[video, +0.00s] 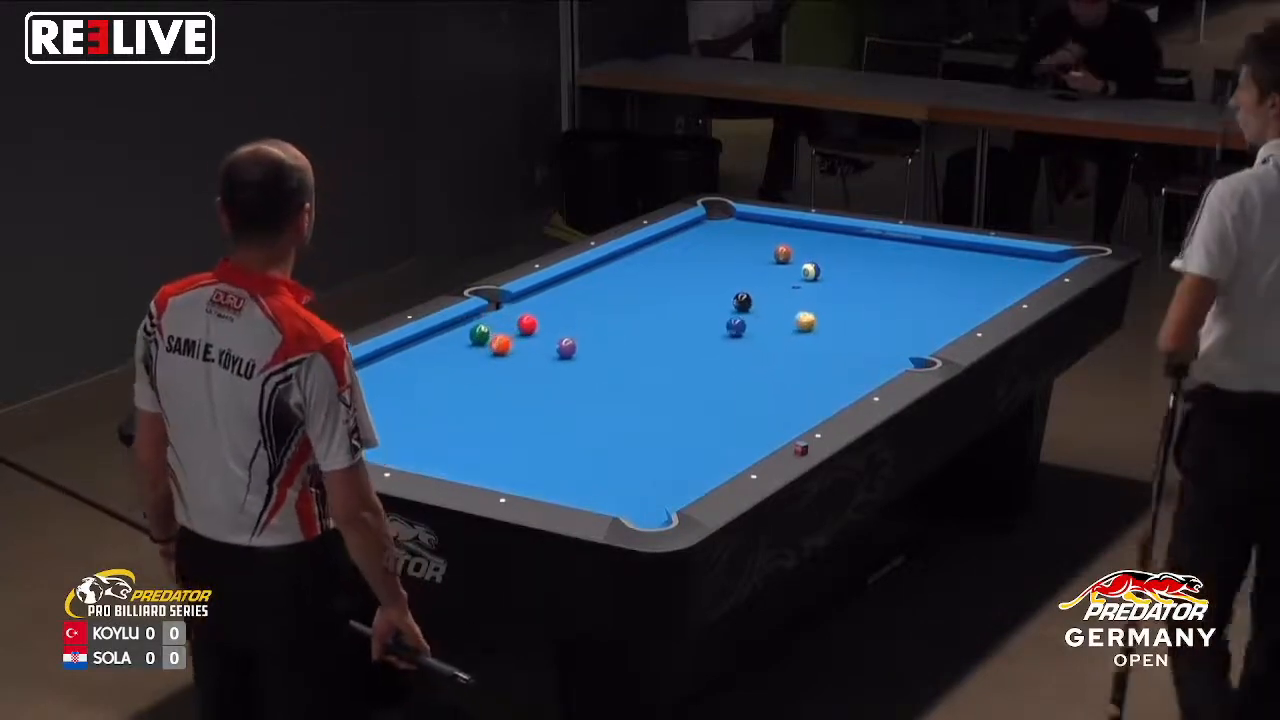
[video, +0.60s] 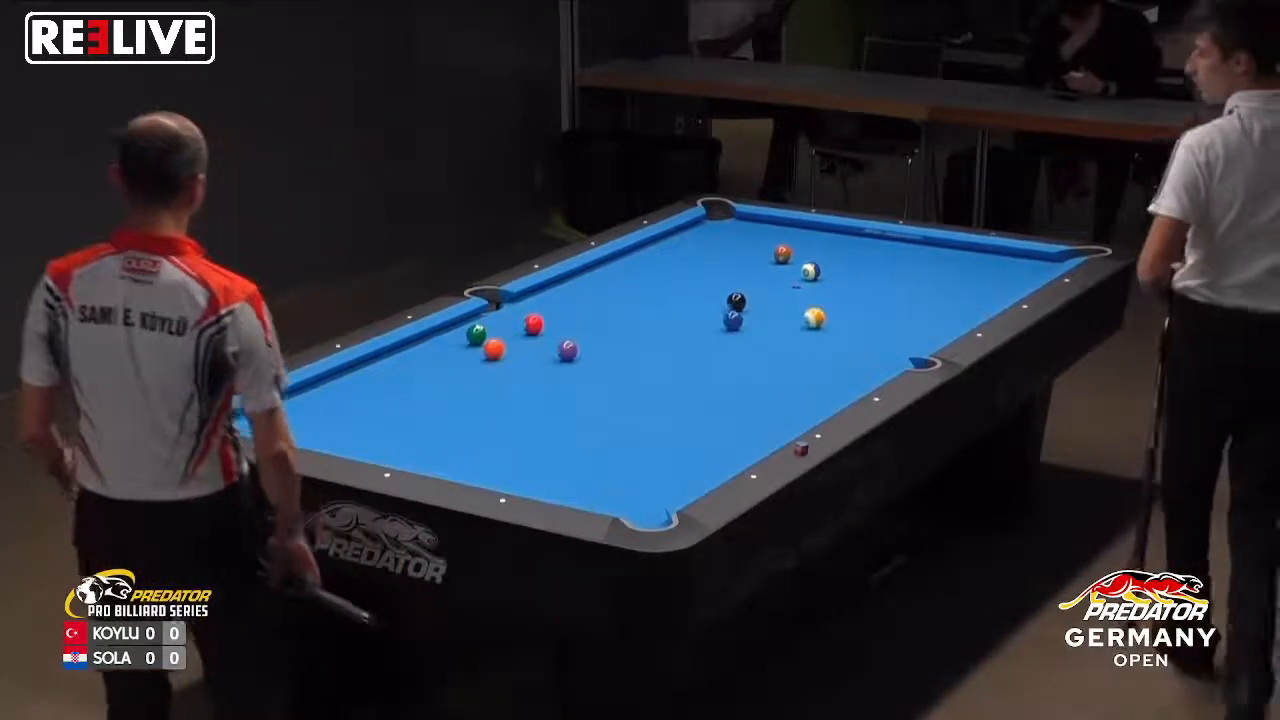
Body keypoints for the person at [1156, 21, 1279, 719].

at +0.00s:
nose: (1236, 104)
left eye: (1242, 90)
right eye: (1239, 90)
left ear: (1268, 99)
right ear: (1277, 101)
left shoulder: (1239, 195)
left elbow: (1177, 334)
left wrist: (1177, 365)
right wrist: (1188, 355)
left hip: (1237, 411)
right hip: (1270, 407)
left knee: (1200, 594)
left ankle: (1206, 707)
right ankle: (1258, 706)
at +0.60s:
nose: (1191, 63)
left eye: (1201, 52)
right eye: (1194, 49)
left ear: (1239, 62)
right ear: (1255, 63)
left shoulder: (1207, 143)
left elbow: (1153, 266)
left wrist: (1177, 275)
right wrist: (1183, 266)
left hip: (1210, 332)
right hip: (1273, 332)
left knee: (1187, 489)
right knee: (1261, 504)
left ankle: (1190, 641)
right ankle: (1252, 675)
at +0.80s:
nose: (1182, 44)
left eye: (1192, 33)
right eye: (1185, 31)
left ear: (1232, 43)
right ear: (1242, 43)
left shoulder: (1193, 119)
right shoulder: (1277, 108)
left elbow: (1146, 235)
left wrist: (1175, 237)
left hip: (1201, 306)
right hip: (1273, 308)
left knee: (1185, 461)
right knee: (1264, 467)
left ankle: (1188, 631)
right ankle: (1245, 622)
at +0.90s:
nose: (1180, 39)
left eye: (1191, 27)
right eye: (1183, 26)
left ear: (1232, 37)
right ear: (1240, 37)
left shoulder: (1191, 113)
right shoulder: (1277, 101)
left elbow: (1145, 229)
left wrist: (1180, 234)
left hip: (1202, 296)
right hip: (1274, 298)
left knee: (1187, 453)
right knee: (1269, 457)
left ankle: (1191, 631)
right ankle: (1259, 612)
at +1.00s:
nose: (1182, 38)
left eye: (1192, 25)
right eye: (1184, 24)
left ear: (1233, 34)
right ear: (1241, 34)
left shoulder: (1193, 109)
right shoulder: (1278, 96)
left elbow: (1151, 223)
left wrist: (1180, 229)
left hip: (1204, 287)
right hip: (1275, 286)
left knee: (1190, 445)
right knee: (1274, 435)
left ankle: (1193, 617)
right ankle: (1269, 566)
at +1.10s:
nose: (1186, 36)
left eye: (1197, 24)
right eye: (1188, 24)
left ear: (1237, 34)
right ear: (1243, 34)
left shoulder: (1199, 106)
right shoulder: (1279, 93)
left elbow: (1157, 220)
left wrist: (1190, 225)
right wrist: (1193, 215)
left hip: (1207, 281)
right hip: (1276, 281)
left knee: (1193, 442)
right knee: (1274, 431)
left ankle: (1197, 621)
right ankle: (1270, 562)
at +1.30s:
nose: (1197, 18)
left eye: (1207, 7)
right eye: (1199, 7)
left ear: (1244, 14)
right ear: (1260, 15)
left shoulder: (1219, 87)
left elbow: (1183, 202)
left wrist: (1168, 231)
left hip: (1228, 260)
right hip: (1279, 257)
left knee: (1206, 414)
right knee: (1275, 418)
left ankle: (1216, 557)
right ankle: (1269, 556)